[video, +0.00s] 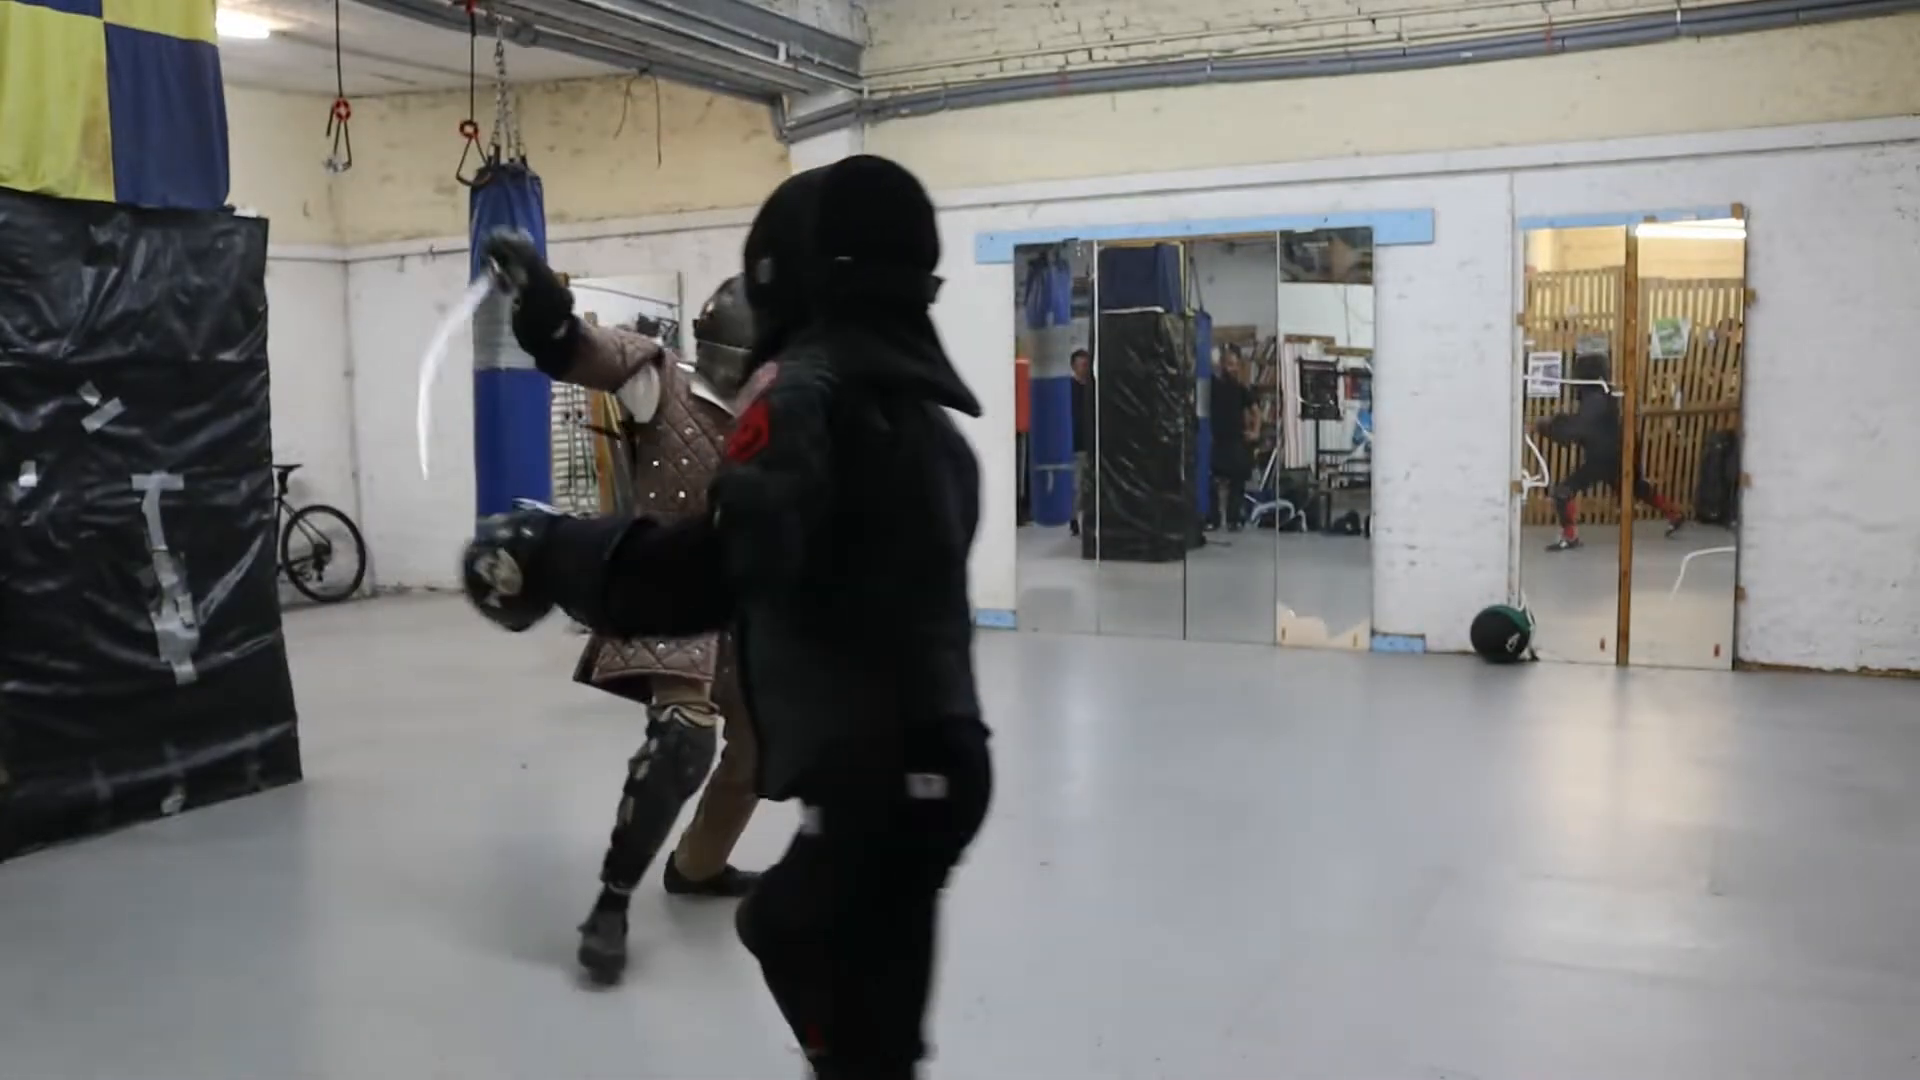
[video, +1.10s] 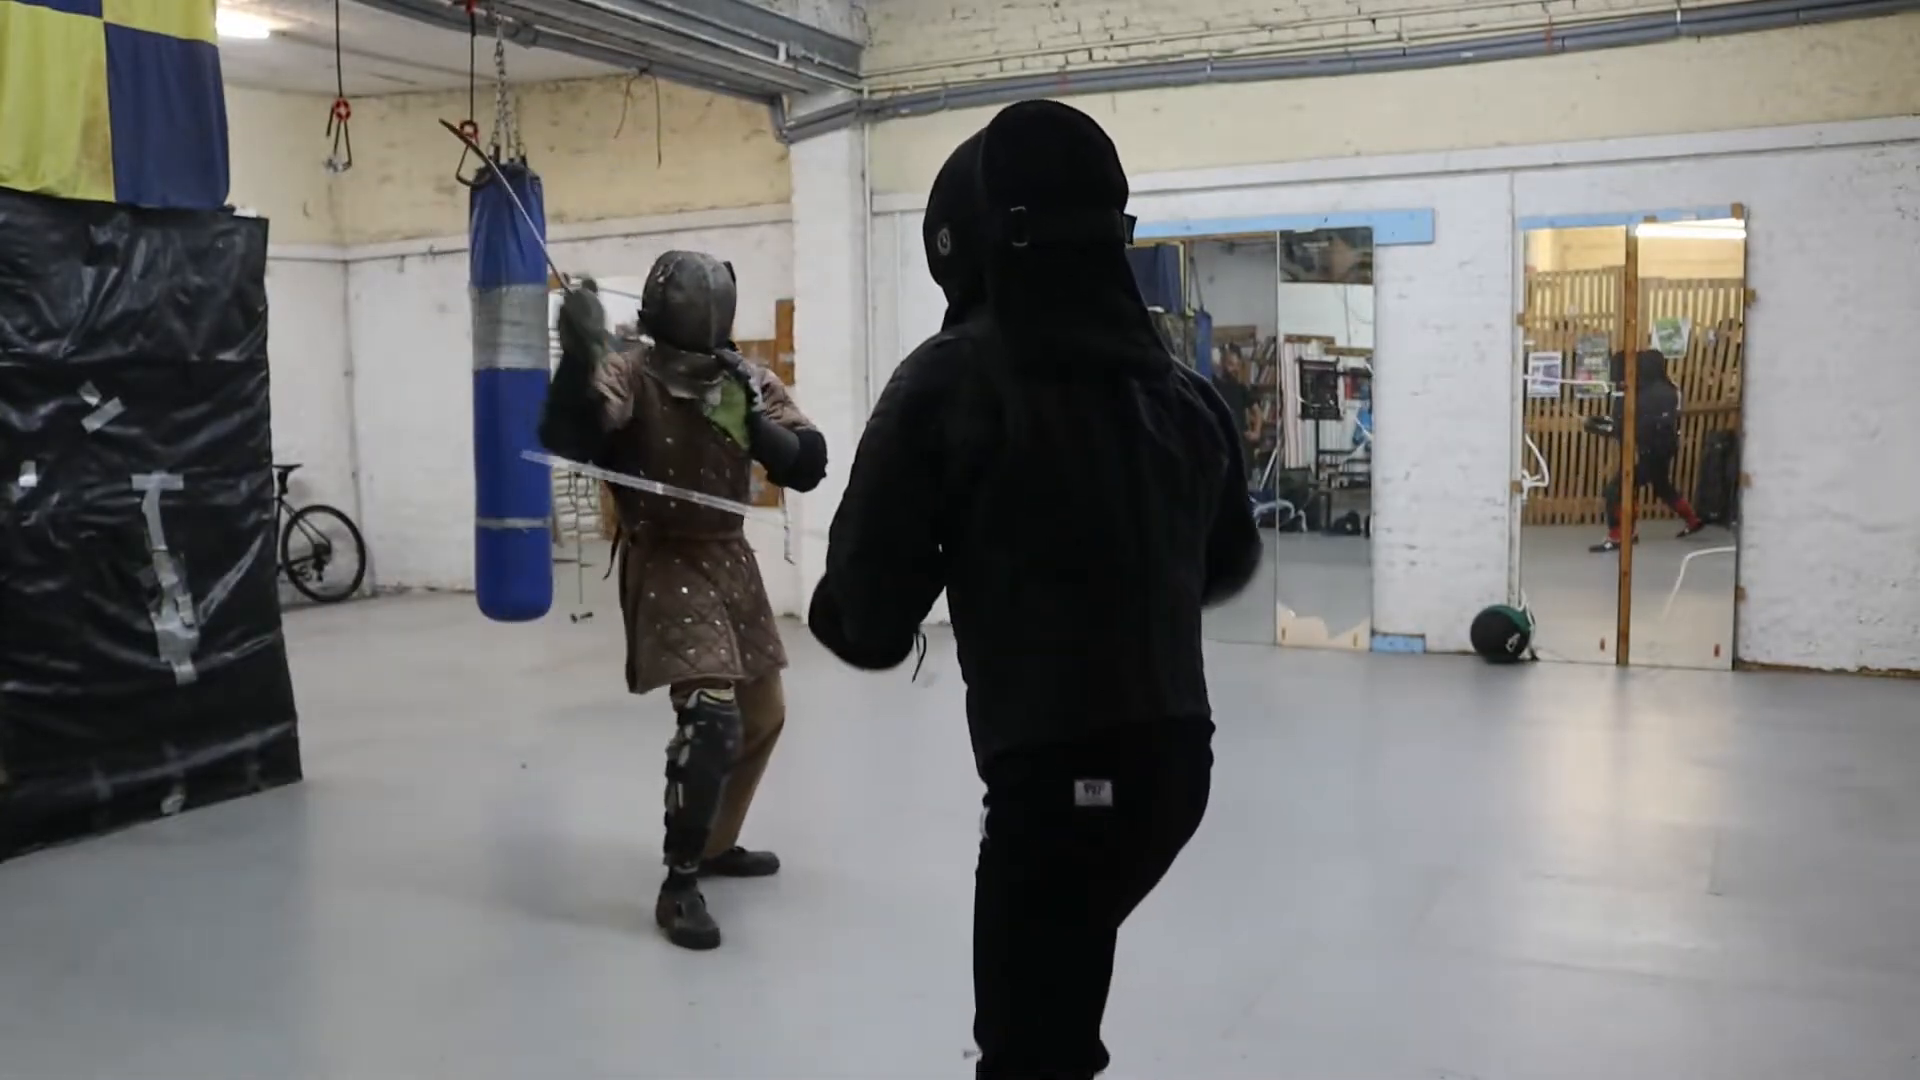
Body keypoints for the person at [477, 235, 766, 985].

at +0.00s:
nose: (738, 340)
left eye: (750, 328)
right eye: (731, 325)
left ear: (769, 340)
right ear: (710, 327)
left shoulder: (775, 405)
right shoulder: (661, 373)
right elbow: (593, 357)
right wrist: (545, 308)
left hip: (750, 603)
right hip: (671, 597)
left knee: (756, 747)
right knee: (684, 742)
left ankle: (700, 865)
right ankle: (612, 905)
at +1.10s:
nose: (695, 352)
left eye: (709, 337)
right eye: (682, 337)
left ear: (728, 326)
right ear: (657, 323)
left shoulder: (746, 378)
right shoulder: (631, 370)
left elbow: (811, 463)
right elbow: (568, 435)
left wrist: (752, 424)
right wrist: (579, 362)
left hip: (730, 551)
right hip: (664, 554)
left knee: (764, 714)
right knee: (712, 719)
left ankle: (714, 846)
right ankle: (679, 884)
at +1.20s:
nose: (701, 361)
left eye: (712, 345)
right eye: (686, 347)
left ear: (728, 329)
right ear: (654, 328)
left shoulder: (745, 377)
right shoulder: (628, 380)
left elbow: (807, 465)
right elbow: (609, 475)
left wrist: (755, 429)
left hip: (729, 552)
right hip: (666, 554)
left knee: (767, 719)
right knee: (715, 721)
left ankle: (716, 847)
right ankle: (678, 889)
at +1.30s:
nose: (702, 369)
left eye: (713, 353)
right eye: (686, 355)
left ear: (726, 337)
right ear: (654, 339)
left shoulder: (742, 385)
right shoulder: (628, 401)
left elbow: (805, 465)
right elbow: (655, 516)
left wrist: (750, 446)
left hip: (731, 567)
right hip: (667, 572)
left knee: (771, 724)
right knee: (711, 732)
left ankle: (717, 846)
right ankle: (675, 901)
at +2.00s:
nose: (716, 353)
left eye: (728, 336)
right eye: (701, 336)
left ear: (741, 325)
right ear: (668, 327)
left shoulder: (746, 388)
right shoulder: (634, 379)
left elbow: (804, 478)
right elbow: (665, 470)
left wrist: (768, 488)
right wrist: (745, 473)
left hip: (730, 578)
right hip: (664, 583)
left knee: (756, 726)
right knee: (717, 741)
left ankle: (715, 847)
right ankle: (670, 908)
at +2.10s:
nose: (715, 317)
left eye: (727, 300)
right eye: (697, 303)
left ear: (746, 303)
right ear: (665, 310)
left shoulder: (755, 388)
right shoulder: (648, 375)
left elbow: (812, 451)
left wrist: (781, 461)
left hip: (736, 574)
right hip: (667, 578)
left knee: (743, 741)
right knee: (746, 749)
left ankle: (683, 862)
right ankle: (667, 889)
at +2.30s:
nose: (761, 363)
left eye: (757, 347)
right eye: (748, 347)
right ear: (718, 360)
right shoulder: (682, 439)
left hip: (711, 623)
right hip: (697, 628)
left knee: (755, 765)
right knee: (773, 795)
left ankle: (679, 876)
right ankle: (682, 969)